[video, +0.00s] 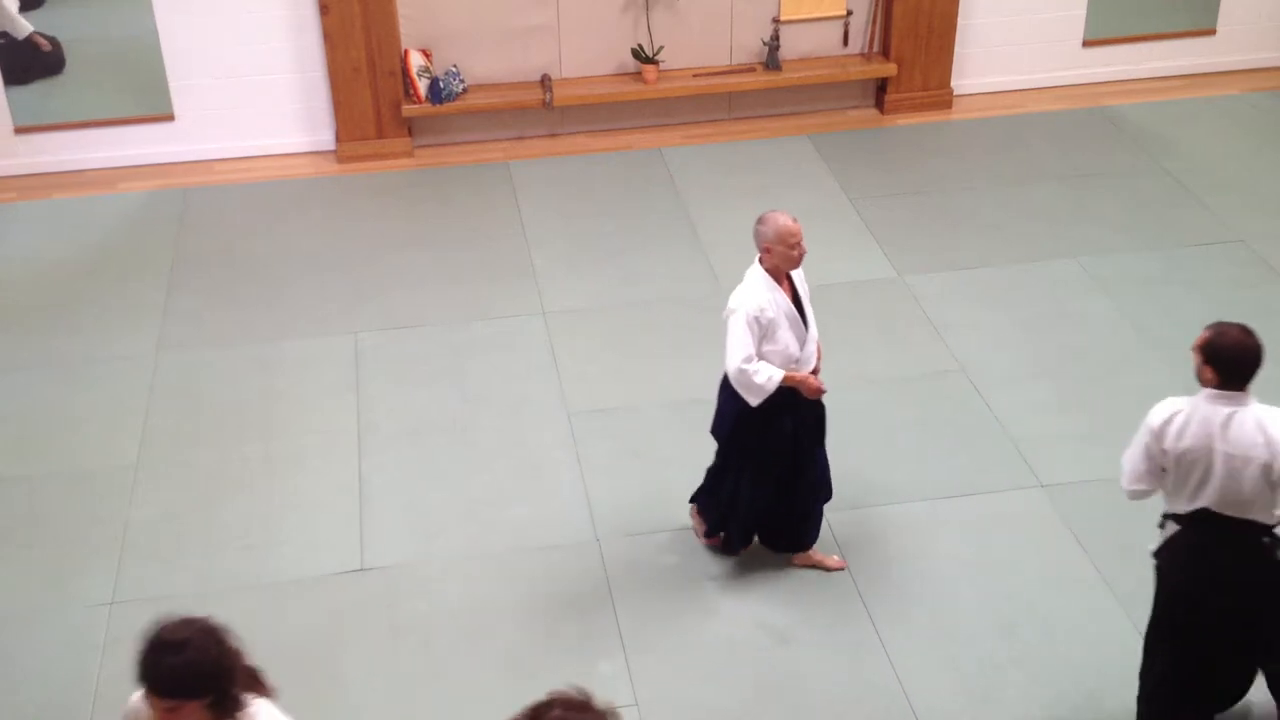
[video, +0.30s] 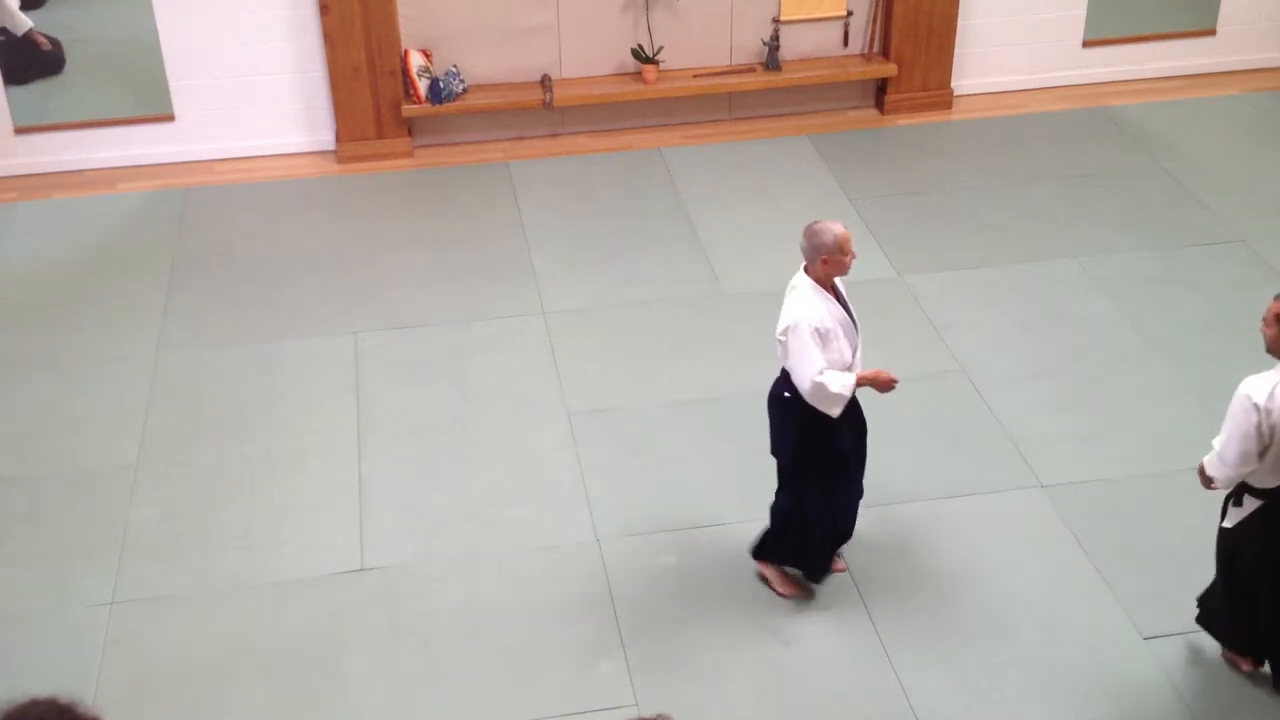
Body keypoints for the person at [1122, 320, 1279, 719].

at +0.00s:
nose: (1192, 354)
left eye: (1197, 352)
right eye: (1196, 348)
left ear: (1210, 372)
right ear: (1250, 369)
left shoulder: (1169, 418)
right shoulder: (1272, 425)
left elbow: (1135, 485)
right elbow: (1276, 496)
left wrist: (1176, 459)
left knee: (1171, 660)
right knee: (1273, 659)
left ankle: (1164, 712)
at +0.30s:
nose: (1262, 327)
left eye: (1267, 321)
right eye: (1265, 320)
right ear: (1276, 329)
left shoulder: (1260, 391)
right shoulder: (1261, 390)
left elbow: (1232, 459)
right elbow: (1235, 454)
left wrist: (1211, 471)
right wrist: (1218, 468)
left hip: (1258, 507)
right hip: (1269, 503)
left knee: (1246, 581)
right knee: (1266, 583)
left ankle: (1245, 652)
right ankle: (1259, 650)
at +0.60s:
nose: (1261, 305)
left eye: (1266, 299)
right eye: (1263, 298)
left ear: (1279, 307)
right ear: (1275, 306)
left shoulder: (1267, 367)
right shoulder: (1267, 365)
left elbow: (1249, 437)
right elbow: (1252, 431)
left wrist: (1223, 452)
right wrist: (1229, 450)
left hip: (1264, 478)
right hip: (1269, 472)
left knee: (1245, 541)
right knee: (1262, 544)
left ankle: (1238, 603)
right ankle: (1256, 606)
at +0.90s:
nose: (1262, 286)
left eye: (1269, 282)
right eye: (1263, 279)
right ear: (1268, 280)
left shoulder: (1278, 347)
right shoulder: (1275, 340)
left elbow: (1270, 422)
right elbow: (1270, 392)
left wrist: (1228, 426)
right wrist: (1256, 405)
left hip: (1273, 455)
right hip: (1270, 449)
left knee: (1239, 520)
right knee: (1257, 522)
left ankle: (1237, 600)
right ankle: (1260, 596)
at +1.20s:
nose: (1259, 295)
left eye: (1266, 291)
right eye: (1260, 287)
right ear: (1267, 285)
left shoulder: (1278, 335)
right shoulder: (1275, 321)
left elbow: (1274, 424)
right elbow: (1275, 365)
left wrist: (1218, 428)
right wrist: (1254, 383)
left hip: (1276, 449)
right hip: (1271, 442)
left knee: (1241, 511)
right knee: (1249, 508)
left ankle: (1222, 607)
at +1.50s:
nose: (1211, 316)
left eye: (1220, 313)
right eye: (1214, 308)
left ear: (1252, 324)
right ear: (1256, 320)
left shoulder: (1247, 380)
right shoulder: (1274, 325)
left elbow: (1185, 430)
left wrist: (1115, 416)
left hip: (1261, 474)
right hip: (1272, 462)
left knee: (1212, 542)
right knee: (1256, 542)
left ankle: (1201, 622)